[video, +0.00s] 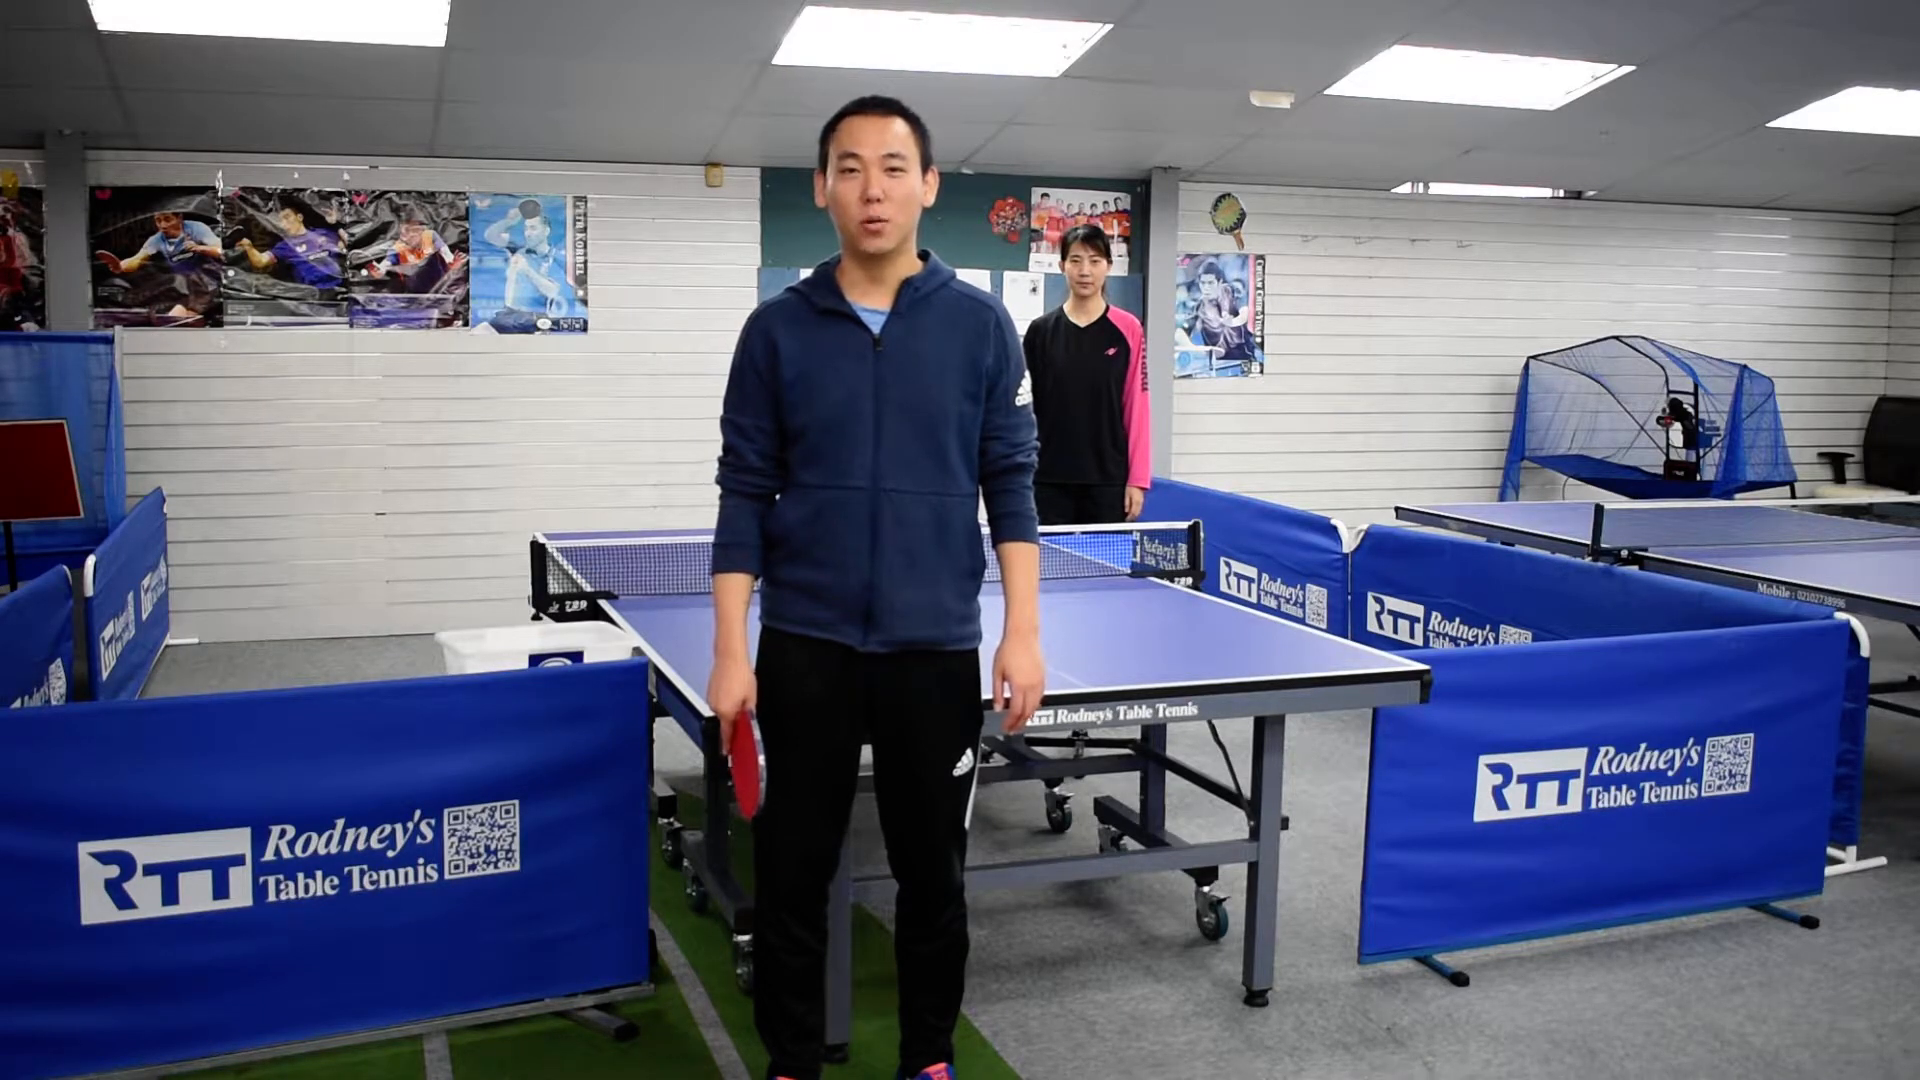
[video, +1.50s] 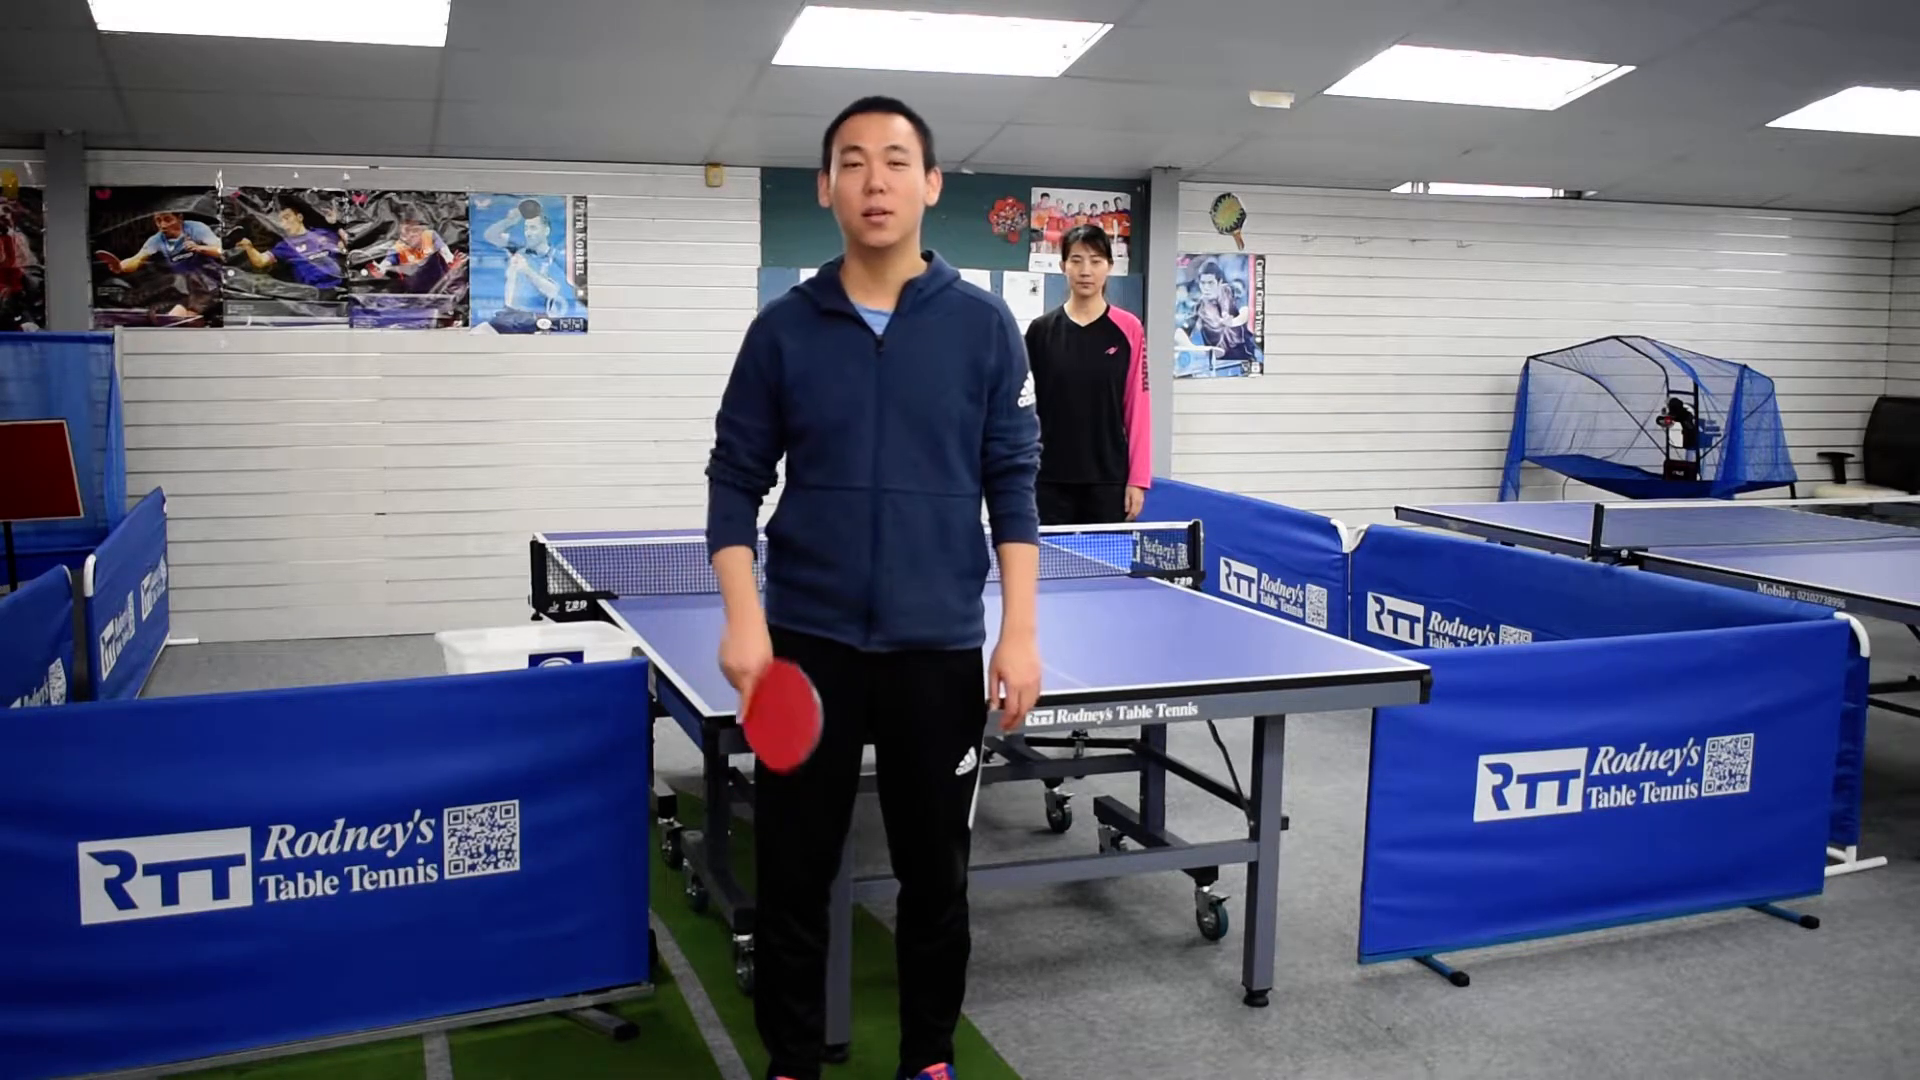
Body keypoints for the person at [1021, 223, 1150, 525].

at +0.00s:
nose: (1085, 271)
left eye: (1095, 262)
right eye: (1075, 261)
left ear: (1108, 267)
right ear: (1063, 266)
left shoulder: (1128, 329)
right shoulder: (1040, 331)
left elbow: (1136, 407)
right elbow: (1023, 405)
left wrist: (1138, 479)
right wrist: (1021, 476)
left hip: (1107, 482)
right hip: (1049, 480)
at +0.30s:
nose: (1085, 270)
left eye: (1095, 262)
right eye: (1076, 261)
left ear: (1108, 268)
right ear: (1063, 267)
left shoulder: (1128, 330)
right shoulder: (1040, 331)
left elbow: (1136, 407)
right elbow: (1023, 405)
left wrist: (1138, 478)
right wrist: (1020, 476)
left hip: (1107, 482)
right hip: (1049, 480)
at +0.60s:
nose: (1085, 271)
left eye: (1095, 262)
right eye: (1076, 261)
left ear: (1108, 268)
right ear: (1063, 267)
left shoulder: (1128, 330)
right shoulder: (1040, 331)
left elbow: (1136, 407)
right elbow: (1023, 405)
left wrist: (1138, 478)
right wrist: (1020, 476)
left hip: (1107, 482)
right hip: (1048, 480)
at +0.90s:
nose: (1085, 271)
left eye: (1095, 262)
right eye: (1076, 261)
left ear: (1108, 268)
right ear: (1063, 266)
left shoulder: (1128, 329)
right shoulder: (1040, 331)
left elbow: (1137, 407)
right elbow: (1024, 404)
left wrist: (1138, 478)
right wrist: (1021, 476)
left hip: (1107, 481)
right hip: (1050, 480)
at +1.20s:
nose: (1085, 271)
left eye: (1095, 262)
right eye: (1076, 261)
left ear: (1109, 268)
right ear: (1063, 267)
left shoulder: (1128, 329)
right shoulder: (1040, 331)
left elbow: (1137, 407)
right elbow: (1024, 405)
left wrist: (1138, 478)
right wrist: (1021, 476)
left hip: (1107, 481)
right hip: (1050, 479)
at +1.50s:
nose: (1086, 271)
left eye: (1096, 262)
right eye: (1076, 261)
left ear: (1109, 268)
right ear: (1064, 266)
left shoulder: (1128, 329)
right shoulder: (1040, 331)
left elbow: (1137, 407)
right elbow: (1023, 405)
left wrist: (1138, 478)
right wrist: (1021, 477)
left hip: (1108, 481)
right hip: (1050, 480)